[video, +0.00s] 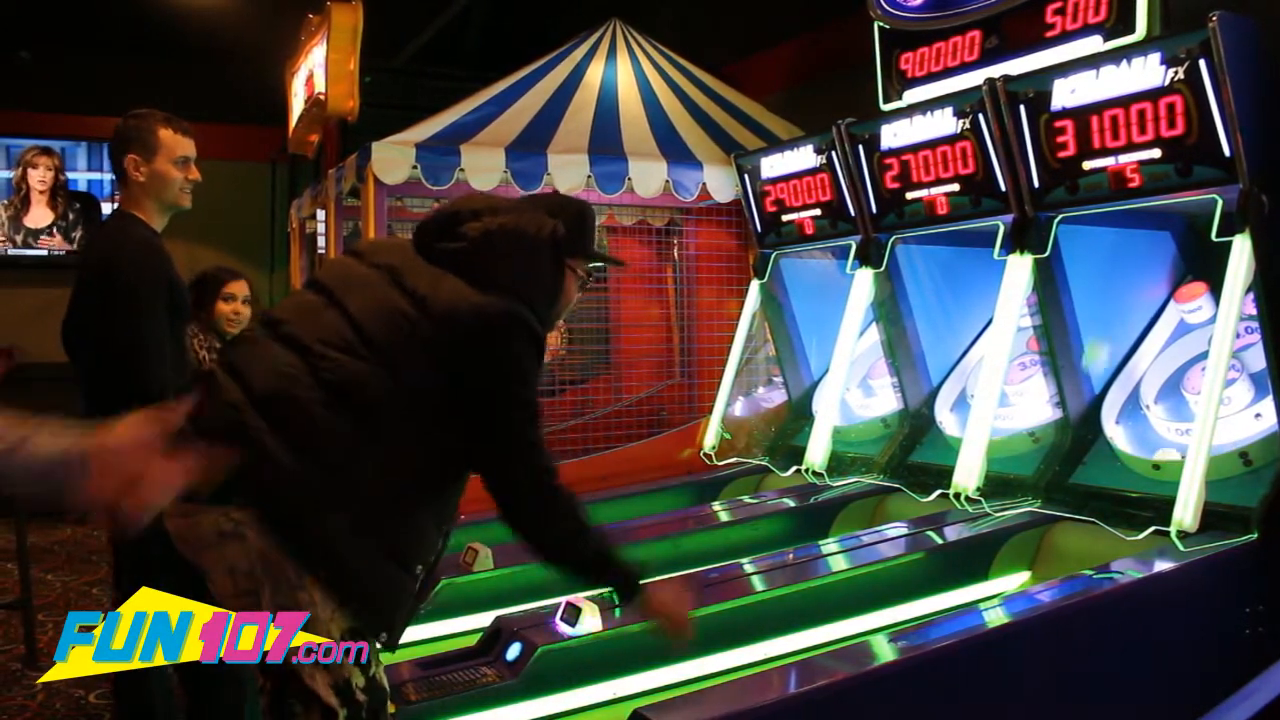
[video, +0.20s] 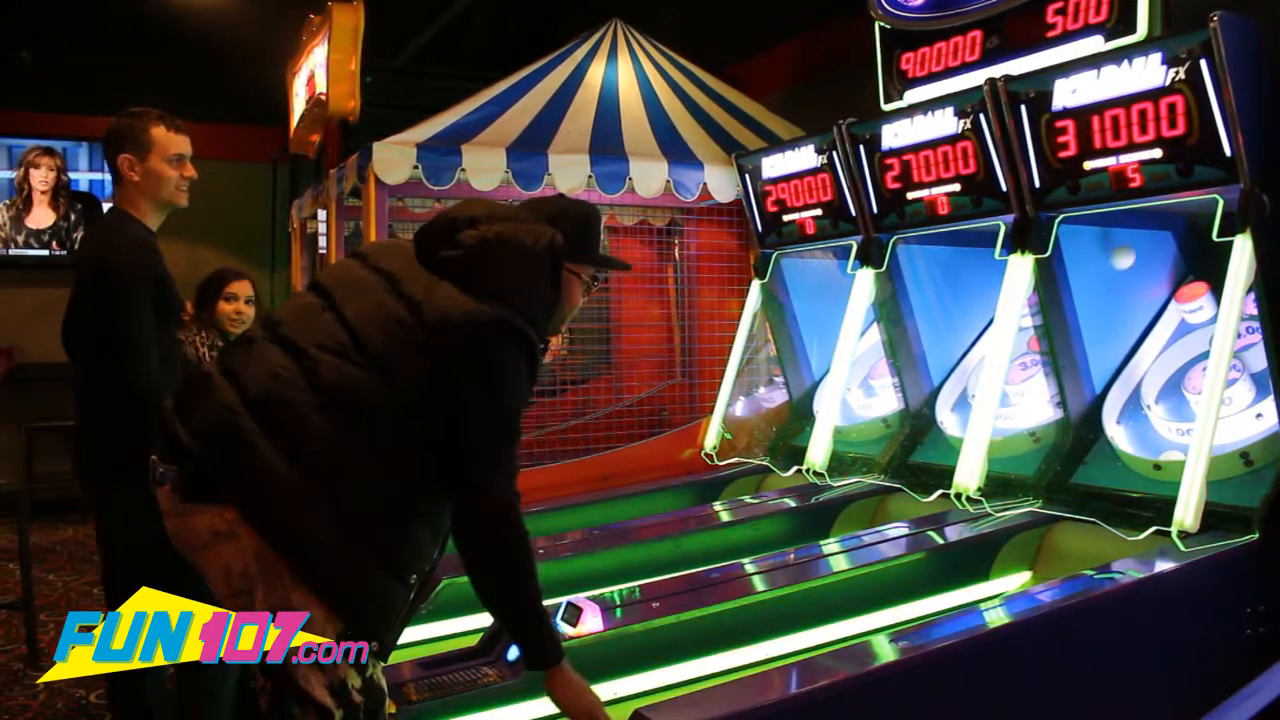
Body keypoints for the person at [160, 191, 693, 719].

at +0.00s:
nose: (577, 295)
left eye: (581, 279)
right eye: (574, 276)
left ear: (494, 246)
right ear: (538, 267)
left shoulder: (385, 262)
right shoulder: (492, 329)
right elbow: (528, 493)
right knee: (324, 696)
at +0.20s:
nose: (586, 296)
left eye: (589, 281)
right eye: (581, 278)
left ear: (507, 256)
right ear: (543, 268)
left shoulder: (392, 261)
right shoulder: (492, 335)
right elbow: (487, 513)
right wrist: (552, 665)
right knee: (329, 694)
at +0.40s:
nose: (587, 301)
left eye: (590, 285)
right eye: (582, 282)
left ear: (510, 257)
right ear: (544, 272)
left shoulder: (394, 261)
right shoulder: (492, 344)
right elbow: (504, 527)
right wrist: (566, 679)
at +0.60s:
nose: (587, 309)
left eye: (593, 293)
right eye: (585, 291)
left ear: (513, 259)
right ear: (550, 282)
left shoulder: (394, 260)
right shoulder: (491, 352)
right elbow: (514, 533)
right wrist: (578, 684)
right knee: (317, 695)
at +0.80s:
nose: (584, 307)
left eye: (590, 291)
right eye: (584, 289)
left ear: (504, 255)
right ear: (557, 282)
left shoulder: (388, 260)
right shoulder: (488, 350)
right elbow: (512, 532)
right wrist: (578, 681)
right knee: (301, 698)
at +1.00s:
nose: (579, 303)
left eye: (585, 287)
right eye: (579, 285)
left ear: (504, 252)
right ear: (550, 275)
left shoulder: (388, 258)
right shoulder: (480, 343)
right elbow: (466, 522)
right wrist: (535, 668)